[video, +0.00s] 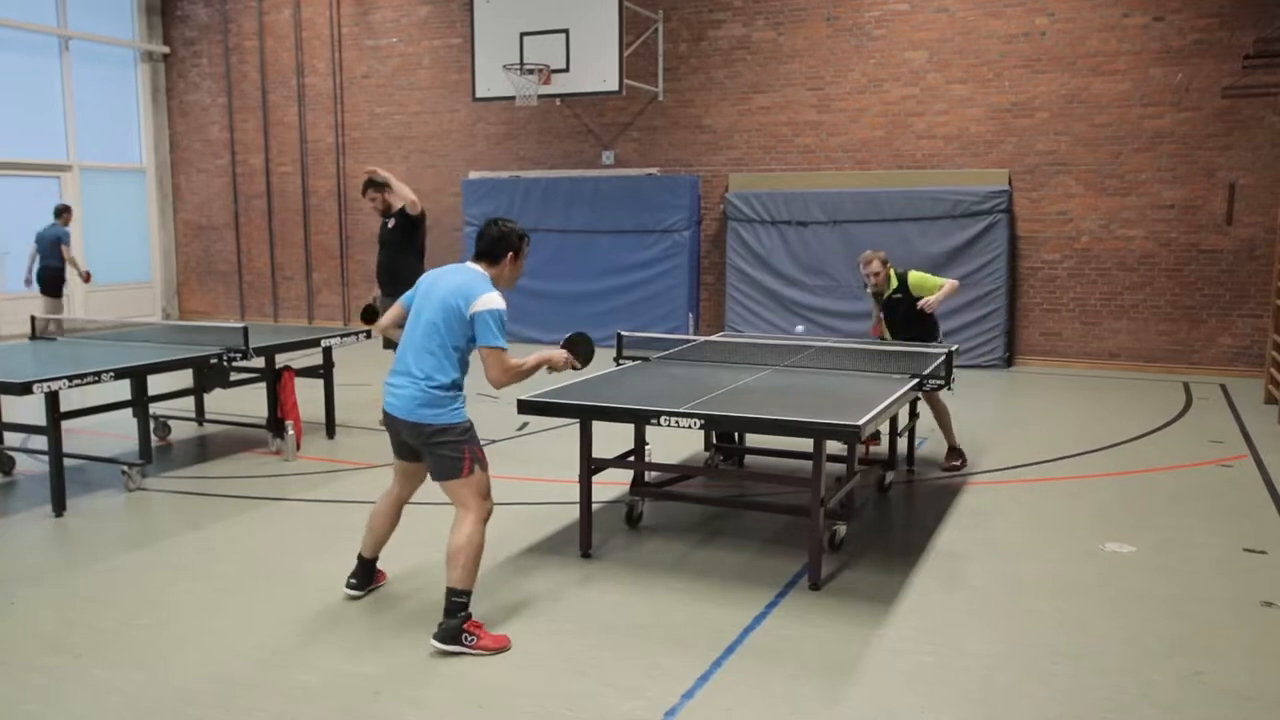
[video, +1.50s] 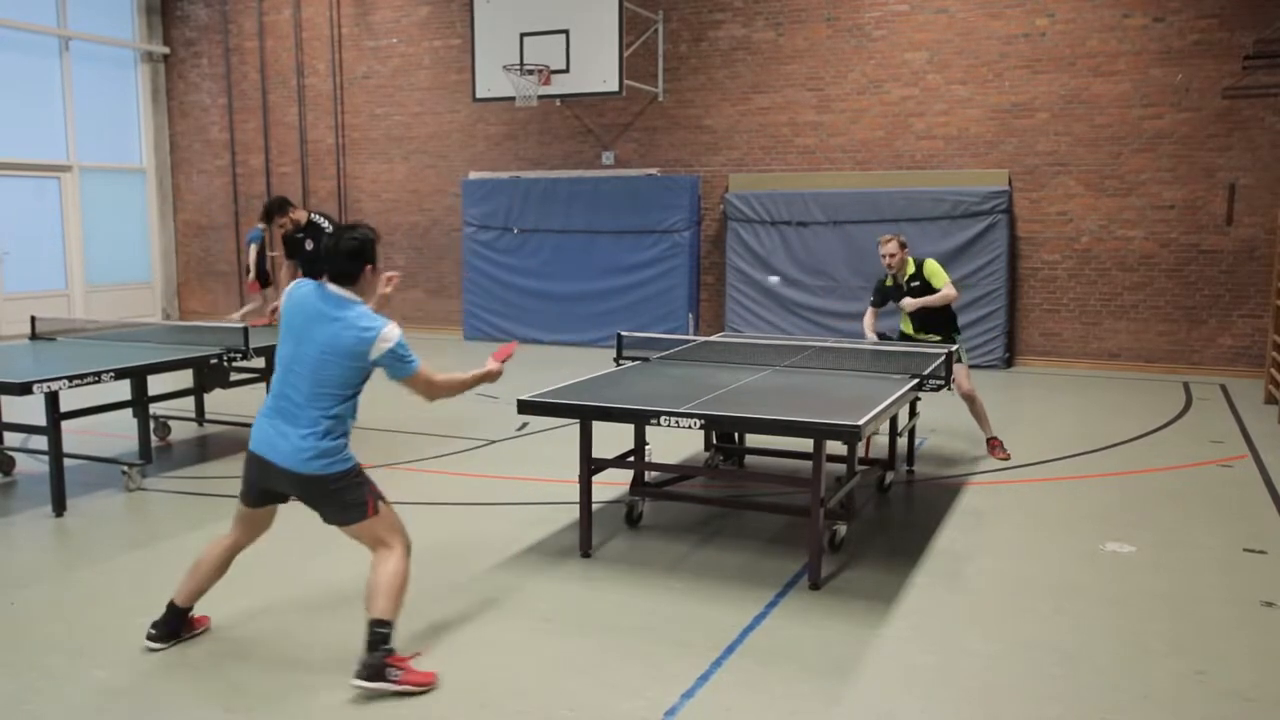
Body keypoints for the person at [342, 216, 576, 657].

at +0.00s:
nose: (520, 271)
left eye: (522, 263)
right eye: (522, 262)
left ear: (479, 252)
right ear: (509, 258)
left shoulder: (434, 276)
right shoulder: (485, 295)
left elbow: (386, 325)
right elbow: (500, 375)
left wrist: (429, 344)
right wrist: (546, 357)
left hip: (398, 405)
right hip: (438, 413)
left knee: (403, 484)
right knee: (475, 507)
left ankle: (361, 573)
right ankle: (455, 624)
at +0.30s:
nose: (523, 257)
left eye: (525, 249)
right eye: (523, 248)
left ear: (483, 237)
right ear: (509, 244)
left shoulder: (435, 253)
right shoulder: (504, 287)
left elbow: (379, 290)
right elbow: (525, 344)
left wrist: (408, 323)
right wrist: (566, 368)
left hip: (401, 383)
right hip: (448, 390)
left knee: (387, 476)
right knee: (503, 465)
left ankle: (356, 569)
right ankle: (489, 567)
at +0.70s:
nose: (543, 270)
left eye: (543, 264)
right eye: (543, 264)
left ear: (501, 259)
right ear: (534, 264)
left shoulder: (462, 282)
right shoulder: (541, 315)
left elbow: (423, 334)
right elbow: (555, 382)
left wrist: (446, 366)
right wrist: (571, 358)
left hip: (443, 416)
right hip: (500, 423)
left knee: (413, 494)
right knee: (521, 478)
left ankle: (398, 577)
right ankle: (522, 555)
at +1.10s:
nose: (515, 251)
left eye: (517, 243)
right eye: (517, 242)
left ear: (470, 233)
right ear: (506, 239)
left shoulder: (421, 267)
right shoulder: (496, 282)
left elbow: (384, 331)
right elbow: (514, 360)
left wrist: (429, 329)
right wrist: (547, 370)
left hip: (396, 404)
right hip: (453, 409)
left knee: (390, 501)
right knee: (495, 514)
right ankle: (510, 629)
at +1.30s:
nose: (475, 279)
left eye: (474, 273)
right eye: (474, 273)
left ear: (425, 272)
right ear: (466, 280)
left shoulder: (389, 295)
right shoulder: (468, 336)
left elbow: (413, 337)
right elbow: (515, 384)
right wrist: (543, 358)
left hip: (346, 444)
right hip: (402, 454)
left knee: (346, 519)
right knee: (470, 546)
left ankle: (282, 618)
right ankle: (502, 669)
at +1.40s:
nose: (431, 263)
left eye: (427, 257)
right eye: (428, 258)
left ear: (379, 258)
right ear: (420, 265)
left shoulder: (348, 279)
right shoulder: (429, 321)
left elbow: (389, 308)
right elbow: (484, 354)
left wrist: (424, 291)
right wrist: (536, 354)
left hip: (297, 434)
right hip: (357, 449)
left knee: (288, 512)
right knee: (418, 546)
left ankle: (222, 606)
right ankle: (475, 654)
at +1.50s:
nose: (382, 267)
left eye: (379, 261)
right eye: (377, 262)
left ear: (327, 266)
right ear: (366, 271)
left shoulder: (296, 294)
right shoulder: (376, 331)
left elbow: (337, 315)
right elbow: (431, 387)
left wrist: (369, 298)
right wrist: (485, 374)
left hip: (264, 451)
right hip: (321, 464)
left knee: (240, 532)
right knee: (392, 544)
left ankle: (169, 620)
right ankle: (377, 657)